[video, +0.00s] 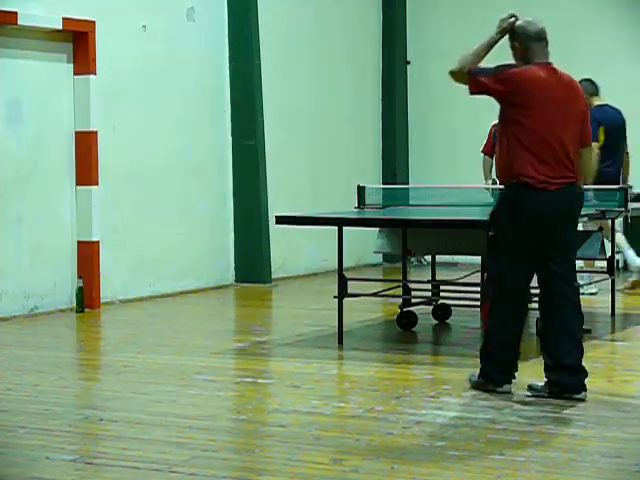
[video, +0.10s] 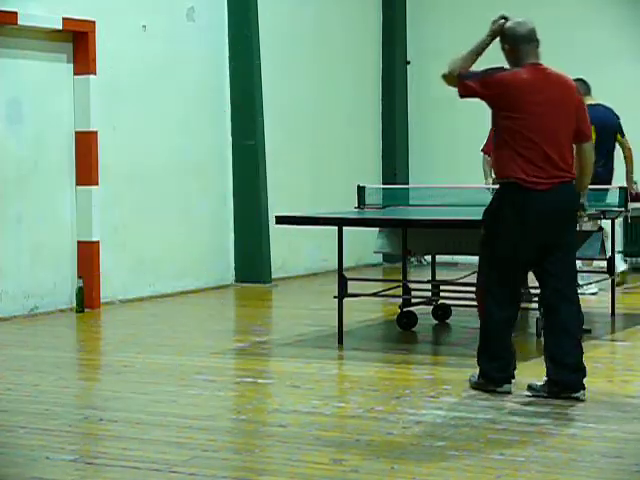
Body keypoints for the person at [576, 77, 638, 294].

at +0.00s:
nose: (578, 100)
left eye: (579, 96)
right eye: (579, 95)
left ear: (584, 95)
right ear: (597, 93)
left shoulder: (592, 115)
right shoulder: (617, 113)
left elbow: (593, 152)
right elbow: (624, 151)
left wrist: (585, 181)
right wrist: (624, 179)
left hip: (596, 183)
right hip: (615, 182)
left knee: (587, 226)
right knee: (609, 223)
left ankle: (586, 277)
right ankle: (631, 258)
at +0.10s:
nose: (572, 97)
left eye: (572, 93)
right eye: (573, 92)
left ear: (577, 93)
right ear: (590, 91)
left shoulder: (575, 114)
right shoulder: (608, 113)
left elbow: (568, 150)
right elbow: (626, 149)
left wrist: (566, 175)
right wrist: (630, 180)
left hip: (578, 182)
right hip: (603, 183)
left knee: (578, 228)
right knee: (597, 224)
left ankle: (584, 279)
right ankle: (616, 260)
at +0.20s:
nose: (566, 99)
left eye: (566, 95)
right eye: (567, 94)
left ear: (571, 93)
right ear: (583, 91)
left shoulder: (569, 114)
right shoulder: (603, 113)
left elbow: (565, 150)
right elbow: (624, 147)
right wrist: (628, 177)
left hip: (573, 181)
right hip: (597, 181)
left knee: (576, 228)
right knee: (589, 226)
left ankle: (585, 279)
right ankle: (595, 272)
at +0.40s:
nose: (561, 99)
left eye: (561, 94)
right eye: (563, 93)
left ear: (565, 93)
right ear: (573, 92)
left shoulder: (564, 116)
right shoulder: (593, 114)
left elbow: (563, 149)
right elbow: (608, 149)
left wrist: (564, 170)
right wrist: (598, 166)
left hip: (573, 175)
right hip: (591, 174)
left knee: (572, 224)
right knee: (587, 222)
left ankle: (582, 276)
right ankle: (585, 273)